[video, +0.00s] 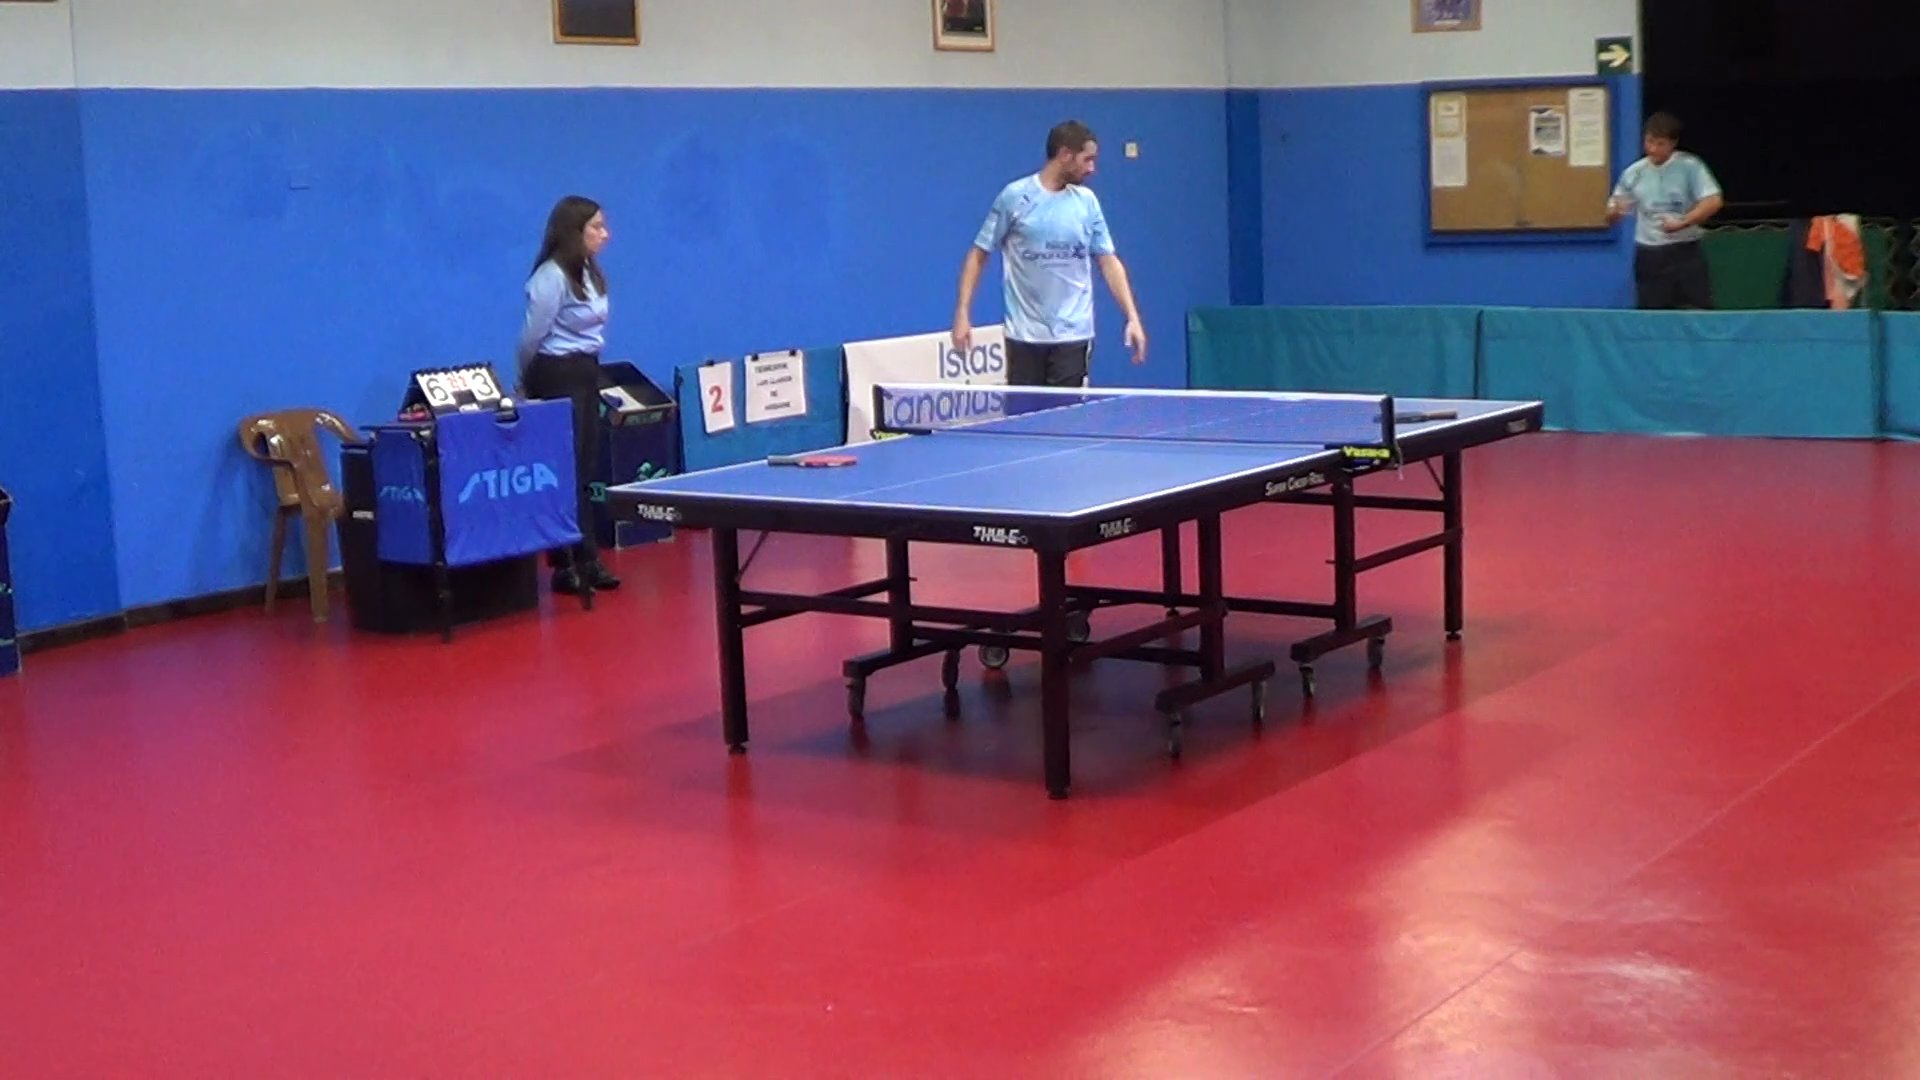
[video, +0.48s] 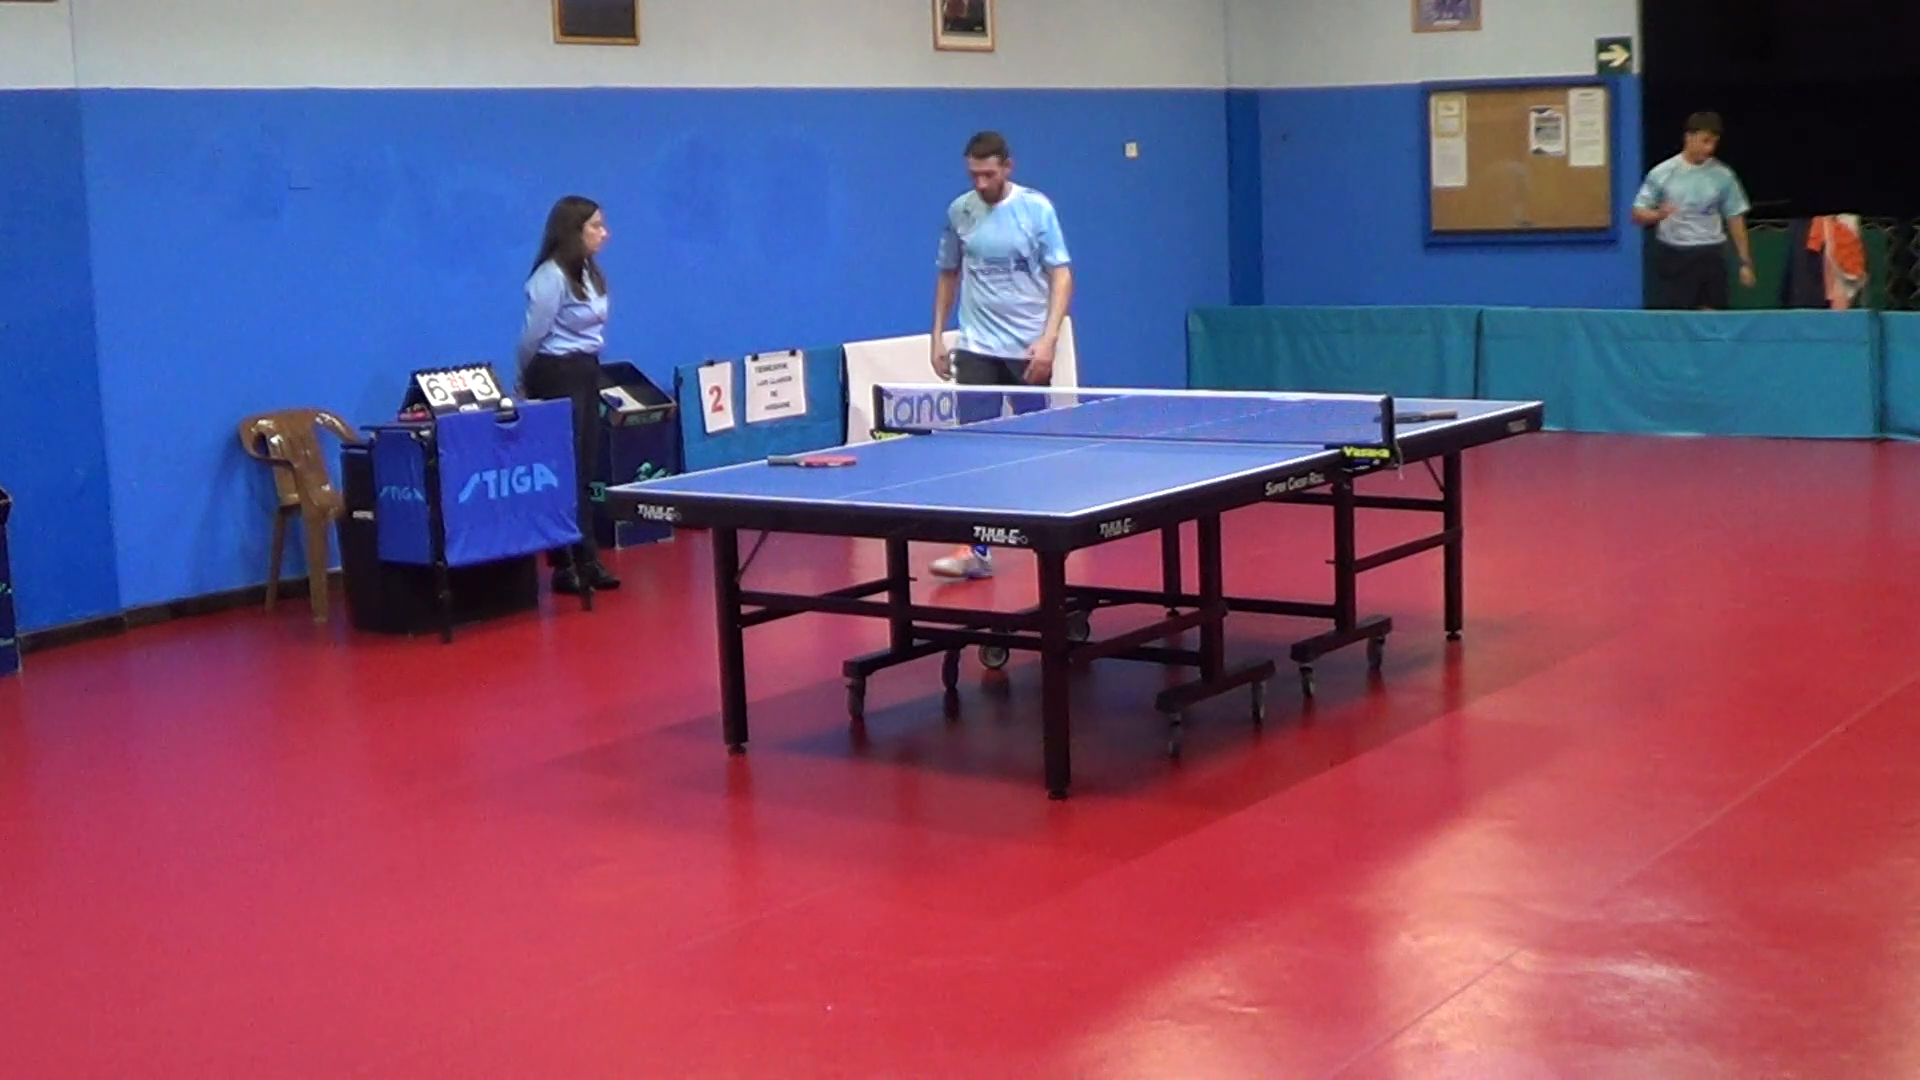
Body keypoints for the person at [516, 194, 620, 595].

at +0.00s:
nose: (605, 233)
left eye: (604, 226)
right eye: (597, 227)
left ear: (589, 231)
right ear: (575, 232)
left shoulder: (590, 271)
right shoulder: (551, 276)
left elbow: (586, 328)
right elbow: (532, 334)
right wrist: (523, 374)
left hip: (586, 367)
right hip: (557, 370)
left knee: (584, 464)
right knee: (564, 466)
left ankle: (587, 556)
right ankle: (565, 562)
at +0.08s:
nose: (605, 233)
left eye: (604, 225)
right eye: (597, 227)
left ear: (588, 231)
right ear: (575, 232)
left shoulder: (589, 270)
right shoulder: (551, 276)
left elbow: (585, 328)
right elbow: (531, 334)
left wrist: (532, 368)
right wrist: (523, 374)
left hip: (586, 367)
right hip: (557, 370)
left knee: (584, 464)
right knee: (563, 466)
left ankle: (587, 556)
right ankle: (565, 562)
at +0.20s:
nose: (604, 233)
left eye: (603, 225)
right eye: (597, 226)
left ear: (587, 231)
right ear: (575, 231)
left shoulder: (590, 271)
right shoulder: (551, 276)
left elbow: (586, 328)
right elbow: (531, 335)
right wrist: (523, 375)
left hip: (586, 367)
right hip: (557, 370)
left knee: (584, 463)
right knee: (563, 466)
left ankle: (587, 556)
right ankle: (565, 562)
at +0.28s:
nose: (604, 233)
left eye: (603, 225)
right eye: (597, 226)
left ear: (587, 231)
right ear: (575, 231)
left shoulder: (590, 271)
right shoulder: (551, 276)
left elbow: (586, 328)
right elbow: (531, 335)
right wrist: (523, 374)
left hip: (586, 367)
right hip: (557, 370)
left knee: (585, 463)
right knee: (563, 466)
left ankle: (587, 555)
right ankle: (565, 562)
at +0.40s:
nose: (604, 232)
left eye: (603, 225)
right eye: (597, 226)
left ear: (587, 231)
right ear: (575, 231)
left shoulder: (589, 271)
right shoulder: (551, 276)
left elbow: (587, 328)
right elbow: (532, 334)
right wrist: (523, 374)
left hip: (586, 367)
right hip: (557, 370)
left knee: (585, 463)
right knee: (563, 465)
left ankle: (587, 556)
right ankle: (565, 562)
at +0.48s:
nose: (604, 232)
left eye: (603, 224)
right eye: (596, 225)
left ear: (587, 231)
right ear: (574, 231)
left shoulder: (589, 271)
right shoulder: (551, 277)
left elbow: (587, 328)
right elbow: (532, 334)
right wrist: (523, 374)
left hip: (586, 366)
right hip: (556, 370)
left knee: (584, 463)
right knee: (562, 466)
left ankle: (587, 556)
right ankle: (564, 562)